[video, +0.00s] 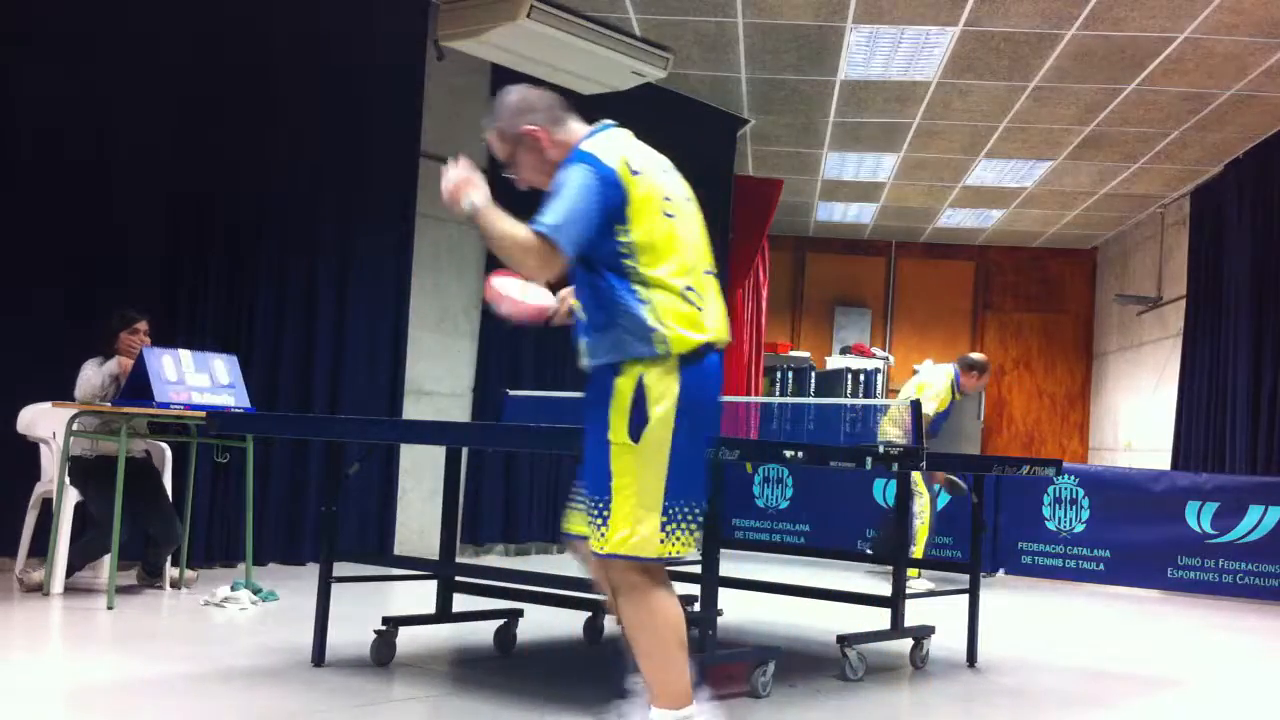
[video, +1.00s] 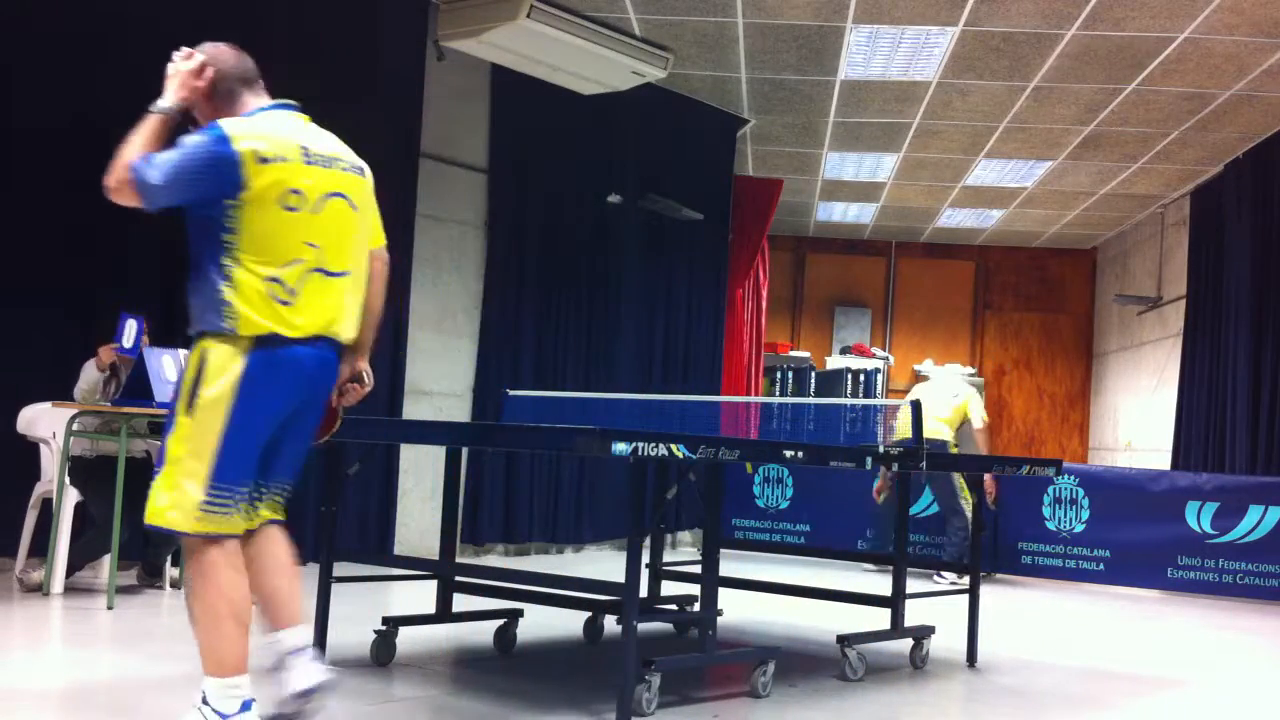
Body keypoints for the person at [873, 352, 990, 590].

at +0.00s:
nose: (981, 388)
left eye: (984, 383)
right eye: (983, 382)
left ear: (969, 372)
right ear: (972, 375)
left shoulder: (945, 380)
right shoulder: (940, 384)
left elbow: (924, 431)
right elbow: (915, 427)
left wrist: (936, 467)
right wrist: (930, 466)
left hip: (900, 442)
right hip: (897, 443)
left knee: (916, 501)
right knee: (922, 502)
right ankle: (910, 573)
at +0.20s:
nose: (992, 389)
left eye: (996, 385)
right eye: (996, 384)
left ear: (983, 367)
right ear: (990, 375)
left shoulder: (959, 371)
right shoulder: (960, 379)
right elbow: (933, 421)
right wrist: (946, 467)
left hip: (905, 435)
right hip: (908, 438)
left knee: (925, 498)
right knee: (926, 498)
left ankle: (912, 570)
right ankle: (912, 572)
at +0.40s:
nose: (1003, 390)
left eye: (1006, 386)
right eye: (1006, 385)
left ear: (990, 365)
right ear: (1002, 377)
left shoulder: (963, 369)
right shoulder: (979, 380)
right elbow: (952, 415)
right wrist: (951, 460)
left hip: (915, 435)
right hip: (928, 439)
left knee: (929, 498)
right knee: (938, 498)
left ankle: (916, 563)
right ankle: (916, 570)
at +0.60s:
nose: (999, 385)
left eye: (1002, 382)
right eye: (1002, 381)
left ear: (985, 360)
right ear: (1001, 372)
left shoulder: (952, 368)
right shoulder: (987, 373)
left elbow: (926, 404)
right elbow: (972, 407)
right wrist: (976, 447)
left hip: (922, 436)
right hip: (943, 436)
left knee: (949, 501)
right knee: (962, 499)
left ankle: (927, 561)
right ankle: (940, 564)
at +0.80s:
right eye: (991, 380)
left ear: (968, 364)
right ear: (988, 371)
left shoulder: (939, 370)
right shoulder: (984, 374)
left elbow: (915, 406)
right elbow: (987, 413)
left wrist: (899, 456)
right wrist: (997, 448)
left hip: (921, 437)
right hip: (949, 438)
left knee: (935, 501)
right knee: (959, 504)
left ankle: (941, 562)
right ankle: (948, 567)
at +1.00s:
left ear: (937, 377)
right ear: (964, 379)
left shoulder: (919, 388)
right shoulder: (968, 391)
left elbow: (896, 430)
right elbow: (979, 429)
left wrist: (883, 474)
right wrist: (987, 472)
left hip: (903, 444)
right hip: (938, 446)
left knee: (894, 499)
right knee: (960, 508)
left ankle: (879, 555)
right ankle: (950, 568)